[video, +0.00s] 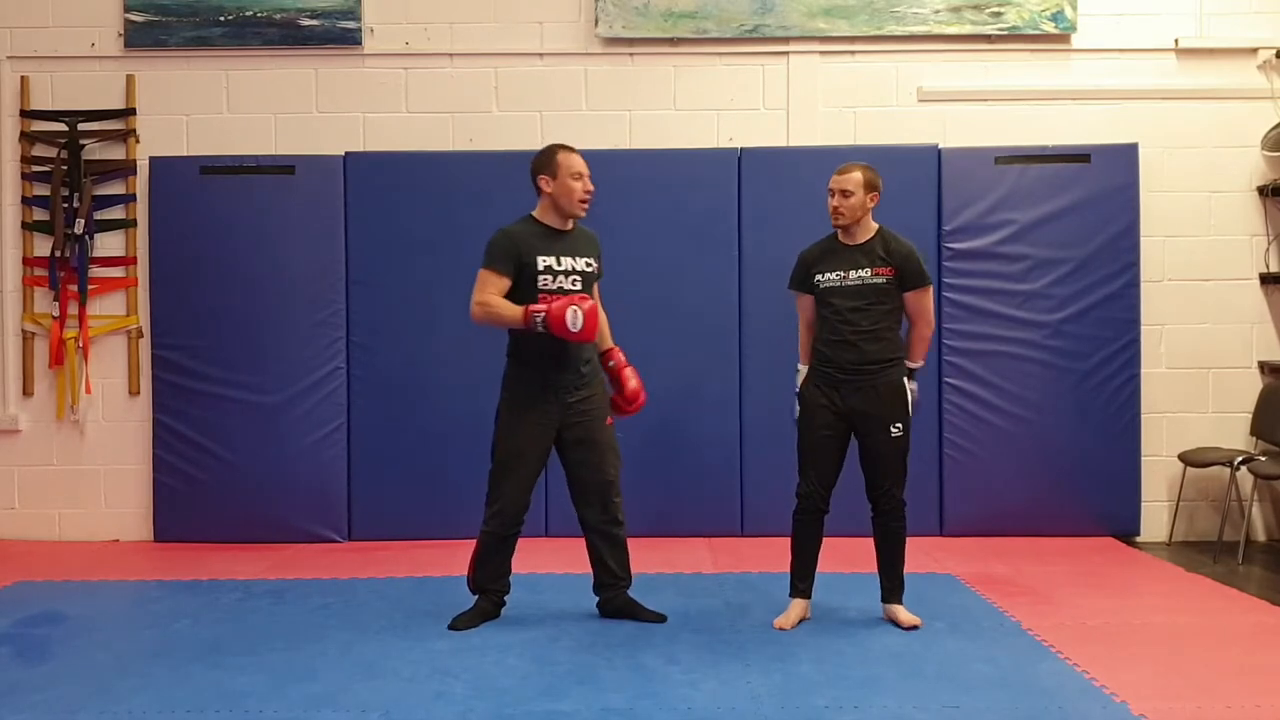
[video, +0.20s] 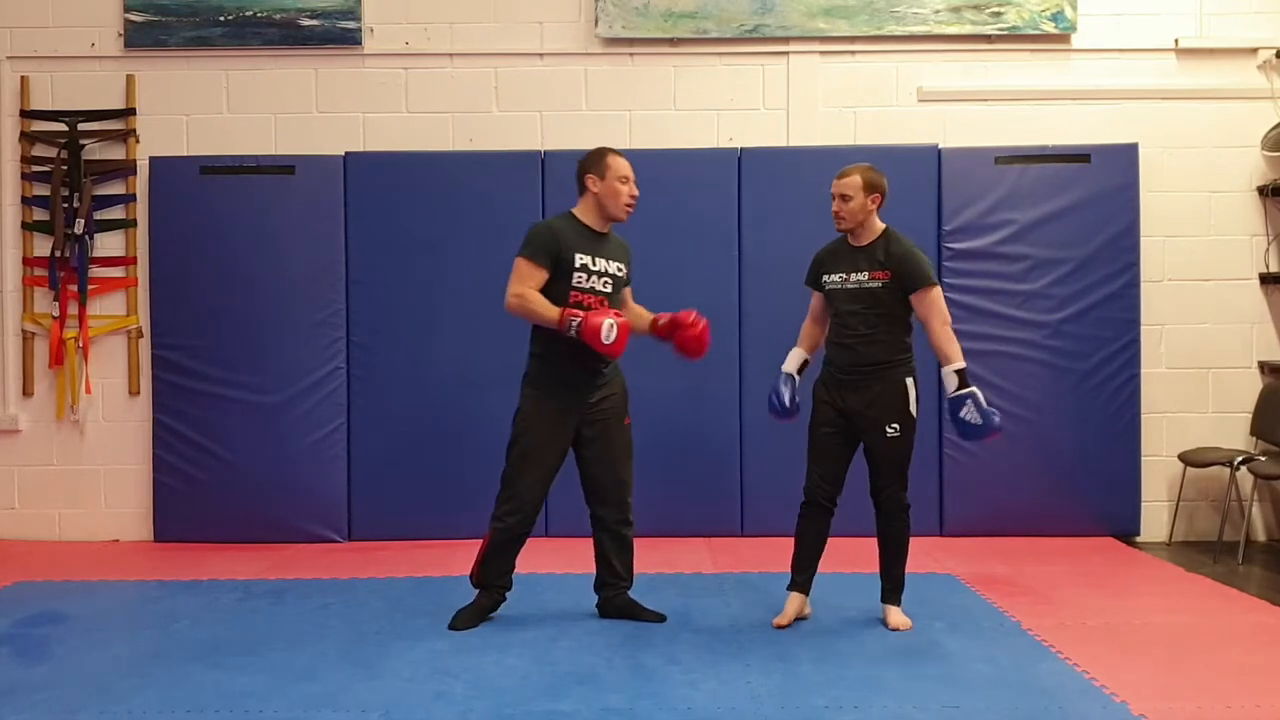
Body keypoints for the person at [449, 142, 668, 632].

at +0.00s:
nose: (588, 186)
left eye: (587, 178)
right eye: (577, 178)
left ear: (579, 185)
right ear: (546, 184)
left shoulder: (587, 242)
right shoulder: (512, 241)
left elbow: (592, 307)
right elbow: (482, 307)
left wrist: (616, 365)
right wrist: (542, 315)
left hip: (585, 390)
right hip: (529, 393)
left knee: (602, 493)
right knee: (507, 498)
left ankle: (614, 594)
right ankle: (489, 597)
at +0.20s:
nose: (634, 191)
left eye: (634, 183)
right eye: (624, 181)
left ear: (610, 188)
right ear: (592, 185)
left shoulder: (619, 249)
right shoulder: (550, 234)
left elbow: (624, 308)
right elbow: (517, 297)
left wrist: (662, 325)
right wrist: (577, 322)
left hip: (604, 391)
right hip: (550, 390)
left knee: (613, 497)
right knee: (520, 495)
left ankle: (614, 595)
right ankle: (490, 592)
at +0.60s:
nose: (671, 191)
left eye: (674, 183)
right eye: (662, 180)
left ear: (671, 189)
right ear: (632, 181)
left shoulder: (663, 251)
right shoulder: (589, 227)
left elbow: (674, 315)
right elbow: (547, 286)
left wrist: (719, 314)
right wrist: (595, 319)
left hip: (633, 380)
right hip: (582, 375)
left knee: (631, 489)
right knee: (579, 485)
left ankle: (616, 593)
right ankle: (567, 598)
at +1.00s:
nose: (640, 188)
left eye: (647, 178)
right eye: (629, 179)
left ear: (655, 182)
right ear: (608, 183)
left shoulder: (665, 242)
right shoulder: (584, 240)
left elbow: (666, 294)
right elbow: (556, 307)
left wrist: (686, 322)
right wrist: (606, 336)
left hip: (664, 385)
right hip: (608, 389)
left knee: (703, 480)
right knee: (601, 500)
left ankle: (674, 573)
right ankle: (602, 607)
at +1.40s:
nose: (712, 190)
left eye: (713, 181)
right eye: (702, 180)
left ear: (706, 188)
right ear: (671, 183)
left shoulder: (705, 246)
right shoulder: (636, 241)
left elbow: (711, 306)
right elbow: (614, 310)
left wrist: (735, 309)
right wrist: (674, 332)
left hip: (705, 390)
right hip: (654, 390)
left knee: (717, 495)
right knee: (632, 498)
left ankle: (693, 595)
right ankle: (607, 605)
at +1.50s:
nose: (731, 193)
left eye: (732, 184)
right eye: (723, 182)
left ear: (704, 186)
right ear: (692, 183)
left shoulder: (708, 246)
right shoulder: (663, 237)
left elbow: (704, 312)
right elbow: (663, 302)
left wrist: (745, 328)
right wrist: (725, 321)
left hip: (712, 386)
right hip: (670, 384)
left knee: (719, 493)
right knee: (660, 492)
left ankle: (693, 595)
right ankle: (620, 599)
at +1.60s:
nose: (746, 192)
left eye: (746, 183)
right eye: (738, 181)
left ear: (714, 184)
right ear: (707, 181)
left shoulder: (711, 240)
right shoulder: (685, 231)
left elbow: (701, 316)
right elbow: (725, 285)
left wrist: (737, 355)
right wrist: (795, 298)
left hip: (717, 382)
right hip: (680, 380)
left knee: (722, 491)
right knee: (691, 489)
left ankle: (693, 595)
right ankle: (648, 596)